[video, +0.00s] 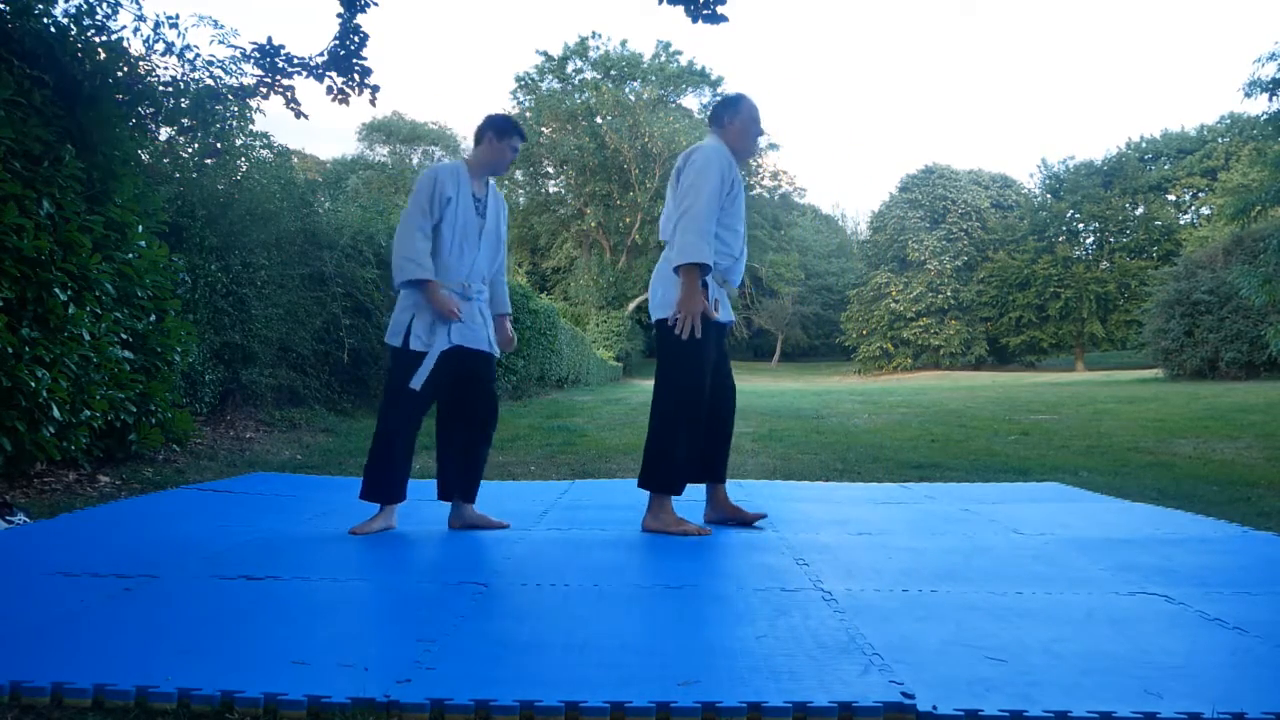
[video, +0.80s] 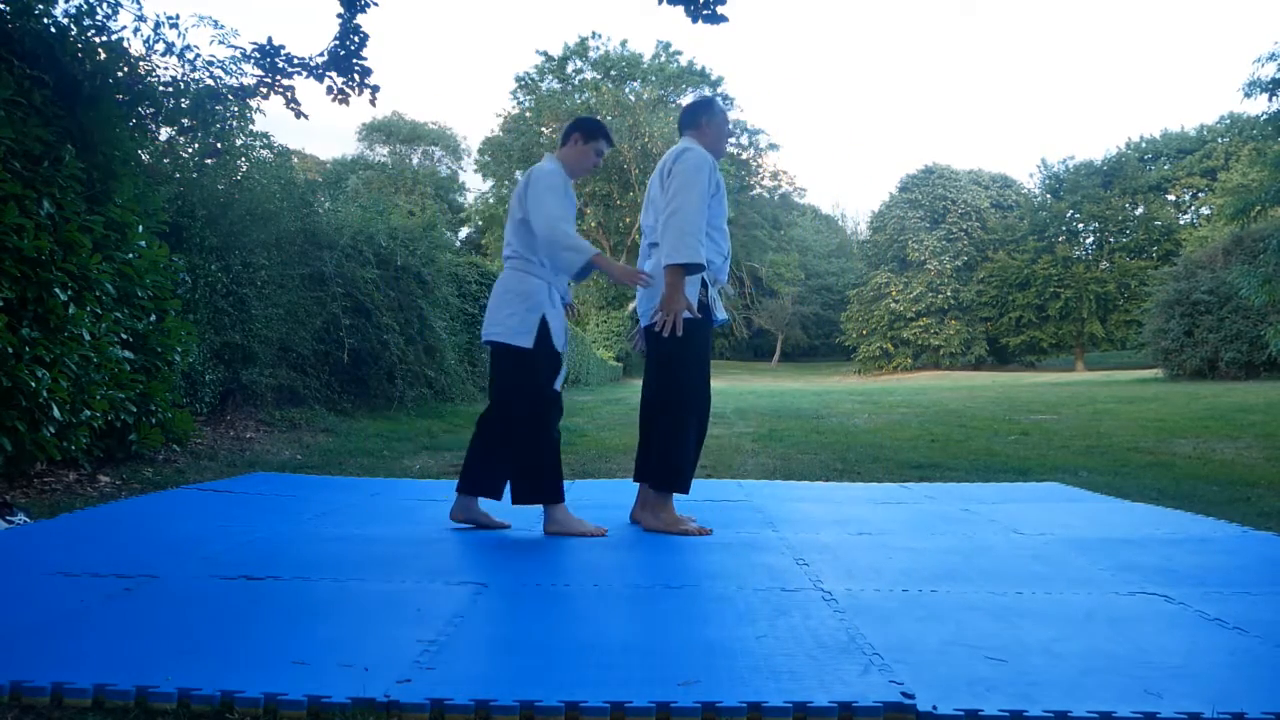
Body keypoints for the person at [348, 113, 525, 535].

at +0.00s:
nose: (514, 160)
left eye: (517, 153)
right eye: (512, 150)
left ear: (499, 147)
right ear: (489, 140)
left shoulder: (497, 203)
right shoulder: (439, 178)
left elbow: (496, 266)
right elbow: (410, 238)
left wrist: (502, 317)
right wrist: (432, 290)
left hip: (475, 325)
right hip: (424, 317)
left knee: (478, 412)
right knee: (400, 413)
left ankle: (463, 508)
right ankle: (386, 510)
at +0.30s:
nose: (553, 167)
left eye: (557, 162)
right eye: (552, 157)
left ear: (540, 156)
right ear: (529, 144)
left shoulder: (525, 209)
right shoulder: (485, 174)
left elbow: (520, 271)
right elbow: (457, 222)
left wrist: (523, 320)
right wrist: (445, 273)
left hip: (500, 317)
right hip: (462, 306)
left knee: (488, 412)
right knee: (447, 404)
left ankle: (463, 505)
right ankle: (422, 497)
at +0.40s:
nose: (557, 168)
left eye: (562, 163)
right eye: (557, 158)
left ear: (544, 154)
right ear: (536, 145)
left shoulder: (528, 207)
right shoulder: (496, 174)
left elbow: (523, 272)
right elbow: (468, 221)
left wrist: (531, 318)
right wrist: (463, 268)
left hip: (502, 320)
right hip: (471, 311)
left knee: (490, 409)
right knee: (466, 406)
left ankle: (465, 503)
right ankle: (455, 503)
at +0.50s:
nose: (567, 170)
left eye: (572, 164)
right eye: (567, 159)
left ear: (551, 155)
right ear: (545, 147)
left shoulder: (532, 199)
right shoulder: (510, 175)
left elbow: (529, 269)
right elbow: (486, 223)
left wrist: (541, 314)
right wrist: (501, 268)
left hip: (507, 315)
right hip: (491, 310)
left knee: (478, 408)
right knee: (505, 406)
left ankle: (461, 506)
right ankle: (512, 509)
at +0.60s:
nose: (573, 170)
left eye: (578, 164)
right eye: (573, 159)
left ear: (554, 152)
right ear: (552, 147)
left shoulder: (533, 190)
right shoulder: (519, 175)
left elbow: (528, 262)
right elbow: (500, 229)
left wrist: (549, 308)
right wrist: (531, 263)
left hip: (511, 310)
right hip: (499, 307)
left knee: (483, 407)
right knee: (517, 408)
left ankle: (462, 506)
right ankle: (543, 511)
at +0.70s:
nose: (587, 167)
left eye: (591, 161)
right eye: (585, 157)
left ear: (566, 149)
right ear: (564, 144)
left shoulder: (546, 188)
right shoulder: (534, 176)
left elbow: (530, 257)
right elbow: (531, 233)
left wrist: (555, 301)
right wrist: (581, 263)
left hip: (524, 306)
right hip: (516, 305)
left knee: (498, 406)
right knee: (535, 409)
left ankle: (464, 505)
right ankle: (556, 513)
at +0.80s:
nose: (597, 164)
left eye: (602, 157)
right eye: (596, 153)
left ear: (576, 145)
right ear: (575, 141)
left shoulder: (556, 185)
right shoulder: (547, 174)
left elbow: (545, 253)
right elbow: (553, 232)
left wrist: (561, 294)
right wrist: (607, 263)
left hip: (529, 302)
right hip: (527, 302)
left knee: (507, 404)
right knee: (542, 406)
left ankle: (467, 501)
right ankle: (555, 512)